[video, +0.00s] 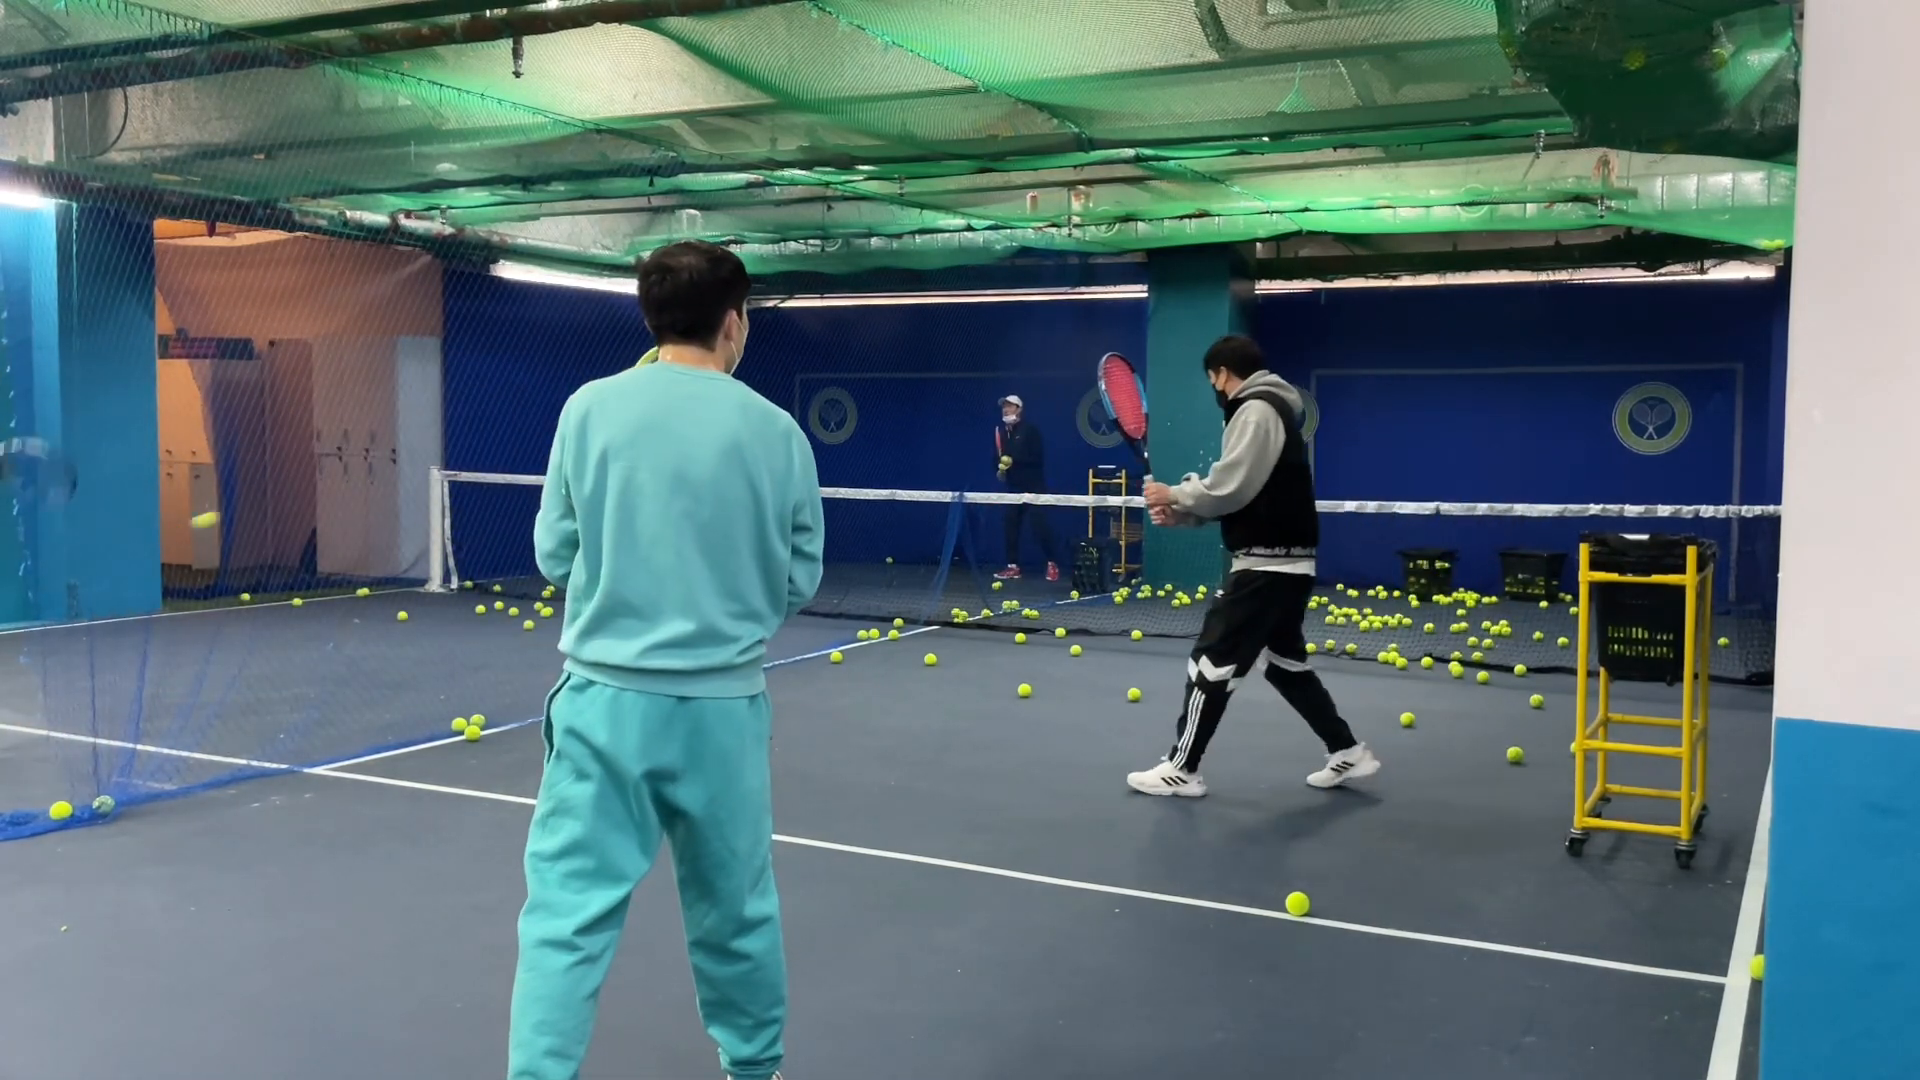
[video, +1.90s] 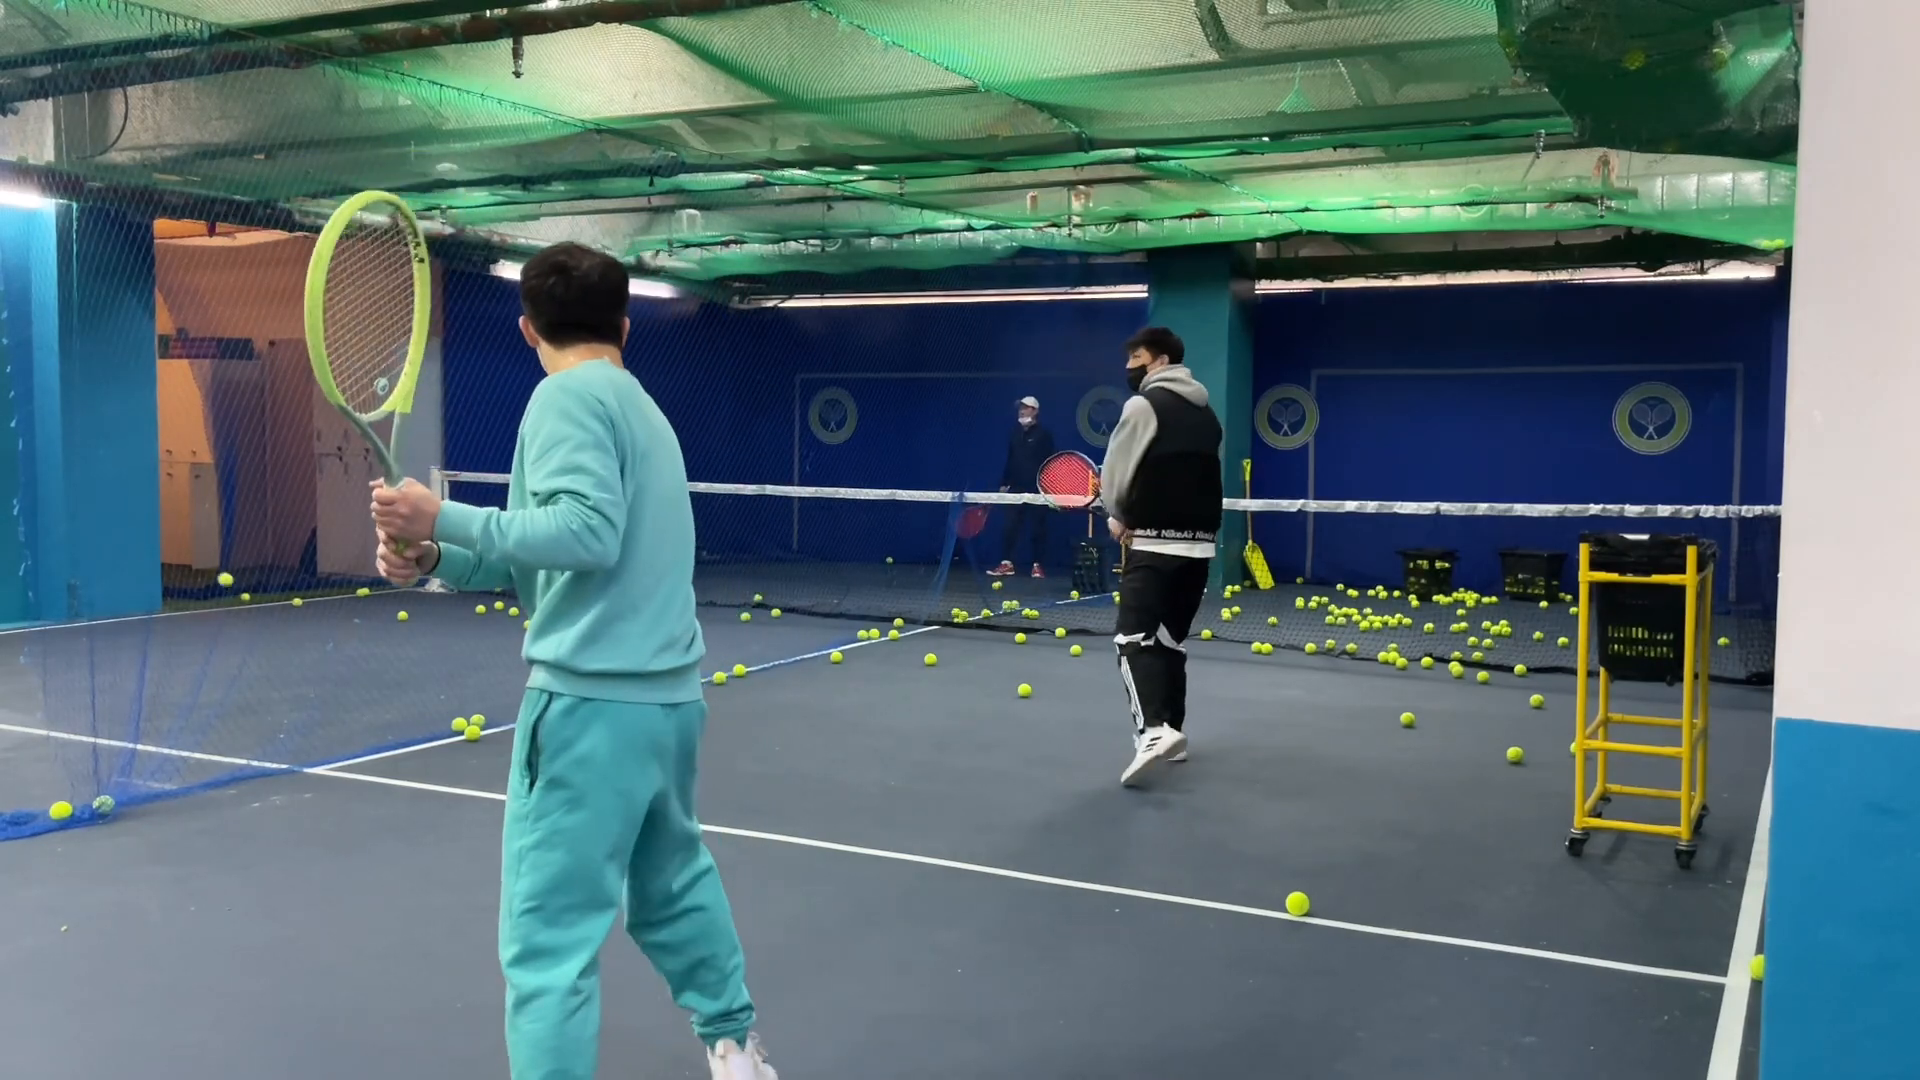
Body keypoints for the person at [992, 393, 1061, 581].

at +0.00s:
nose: (1007, 411)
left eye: (1011, 407)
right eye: (1005, 407)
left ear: (1019, 409)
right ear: (1002, 410)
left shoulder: (1030, 430)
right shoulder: (1001, 432)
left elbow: (1035, 459)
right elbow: (997, 456)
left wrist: (1013, 460)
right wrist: (1000, 467)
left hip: (1033, 484)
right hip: (1013, 485)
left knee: (1039, 523)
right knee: (1011, 524)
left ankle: (1051, 563)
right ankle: (1013, 565)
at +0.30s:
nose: (1017, 414)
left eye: (1021, 411)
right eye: (1015, 411)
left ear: (1030, 413)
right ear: (1012, 415)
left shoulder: (1040, 435)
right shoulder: (1014, 437)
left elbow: (1042, 463)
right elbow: (1014, 462)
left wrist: (1017, 472)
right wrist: (1009, 474)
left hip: (1043, 487)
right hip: (1024, 487)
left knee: (1053, 527)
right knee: (1017, 526)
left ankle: (1064, 565)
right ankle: (1014, 565)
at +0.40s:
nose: (1020, 416)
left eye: (1025, 412)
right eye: (1019, 413)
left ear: (1033, 415)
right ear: (1016, 416)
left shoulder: (1044, 436)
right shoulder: (1015, 439)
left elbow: (1049, 464)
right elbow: (1010, 464)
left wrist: (1036, 484)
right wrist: (1008, 482)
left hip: (1047, 490)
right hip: (1025, 491)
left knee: (1055, 529)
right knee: (1018, 528)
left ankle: (1064, 566)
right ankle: (1014, 565)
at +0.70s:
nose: (1025, 439)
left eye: (1029, 435)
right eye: (1022, 435)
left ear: (1036, 435)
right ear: (1018, 436)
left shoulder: (1048, 448)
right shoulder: (1015, 453)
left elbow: (1060, 472)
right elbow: (1004, 480)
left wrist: (1059, 494)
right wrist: (996, 504)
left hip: (1049, 495)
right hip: (1026, 495)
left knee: (1060, 528)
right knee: (1017, 528)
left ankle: (1068, 564)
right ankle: (1014, 565)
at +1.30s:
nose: (1015, 422)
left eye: (1019, 419)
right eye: (1013, 418)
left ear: (1027, 420)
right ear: (1010, 419)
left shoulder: (1037, 441)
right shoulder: (1004, 441)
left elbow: (1042, 468)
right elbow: (995, 468)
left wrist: (1038, 491)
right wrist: (988, 491)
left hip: (1036, 491)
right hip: (1011, 492)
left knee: (1045, 526)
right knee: (1010, 529)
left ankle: (1053, 564)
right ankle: (1013, 565)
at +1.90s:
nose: (1023, 411)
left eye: (1027, 409)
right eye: (1021, 408)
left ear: (1035, 411)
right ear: (1019, 411)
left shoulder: (1043, 434)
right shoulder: (1015, 433)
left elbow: (1050, 462)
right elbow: (1010, 459)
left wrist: (1049, 488)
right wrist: (1005, 483)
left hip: (1037, 486)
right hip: (1016, 485)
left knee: (1038, 526)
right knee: (1011, 524)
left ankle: (1037, 564)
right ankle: (1007, 562)